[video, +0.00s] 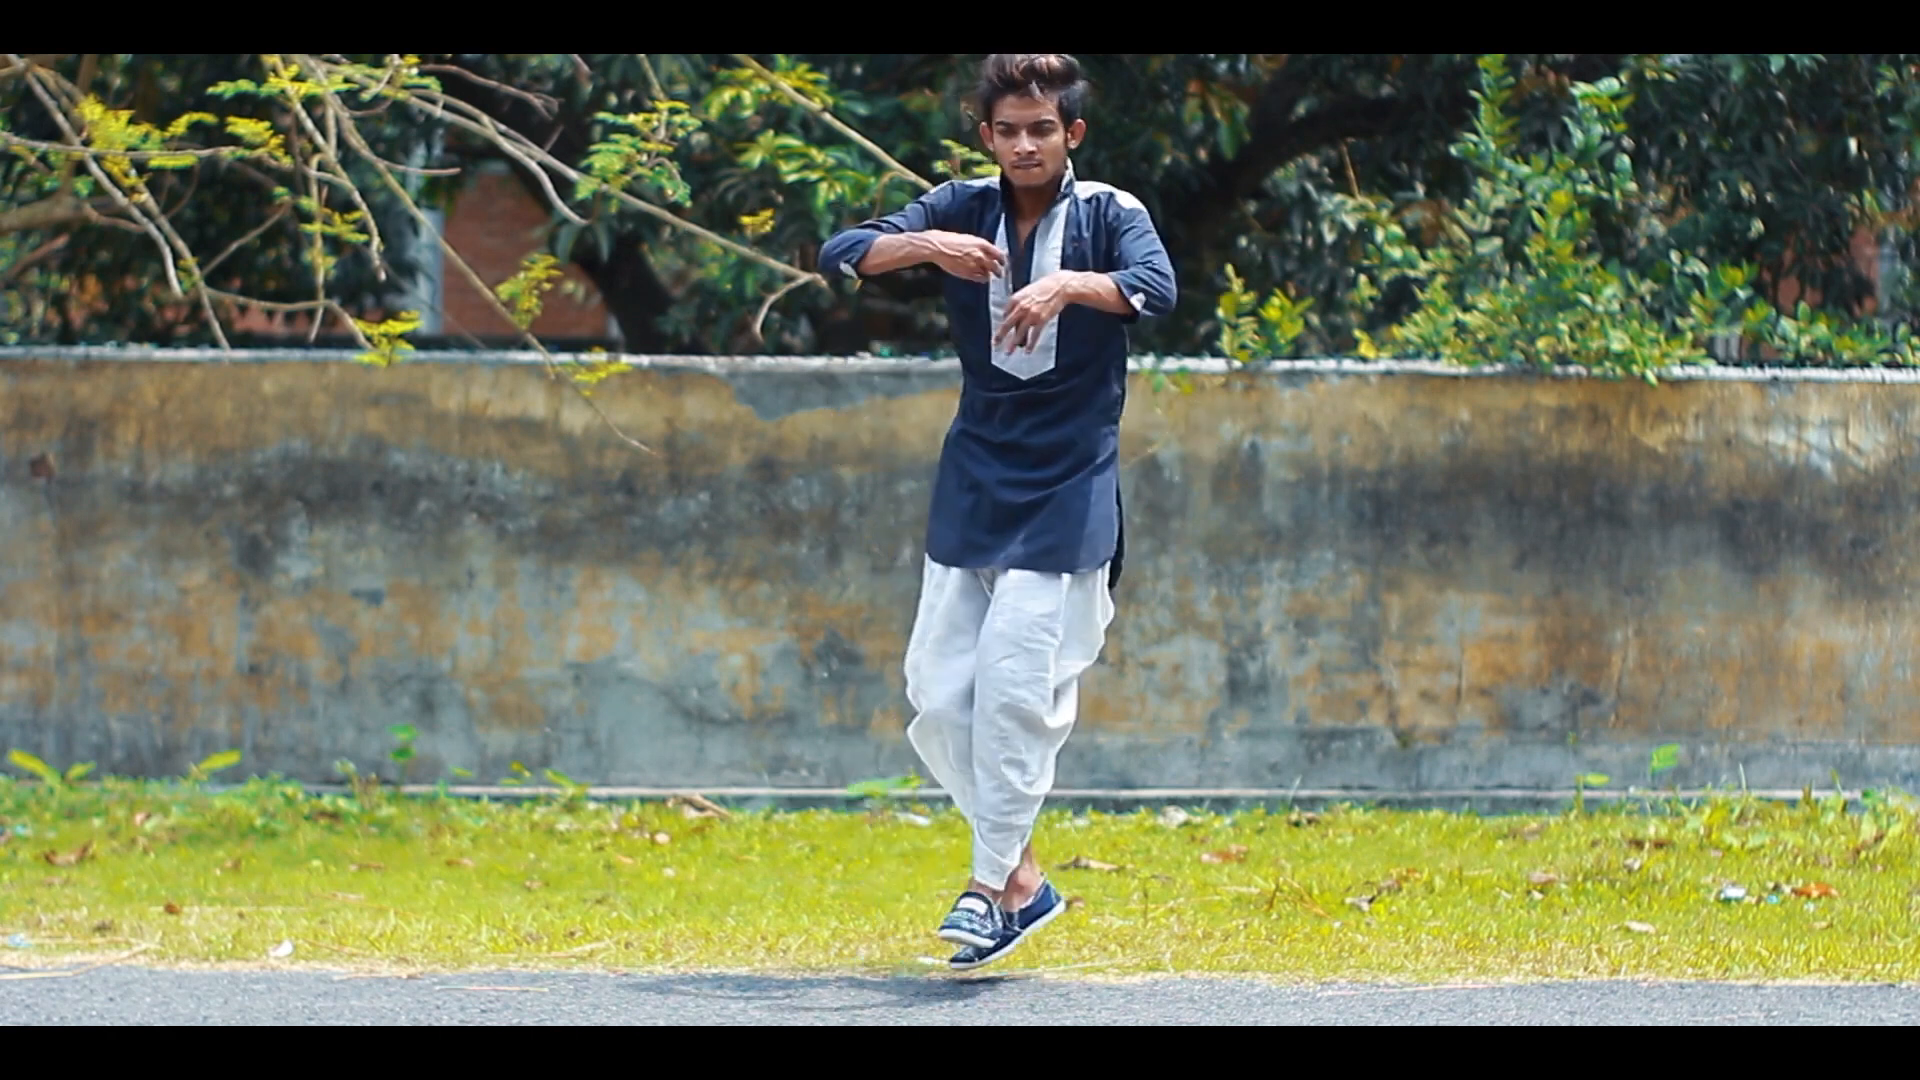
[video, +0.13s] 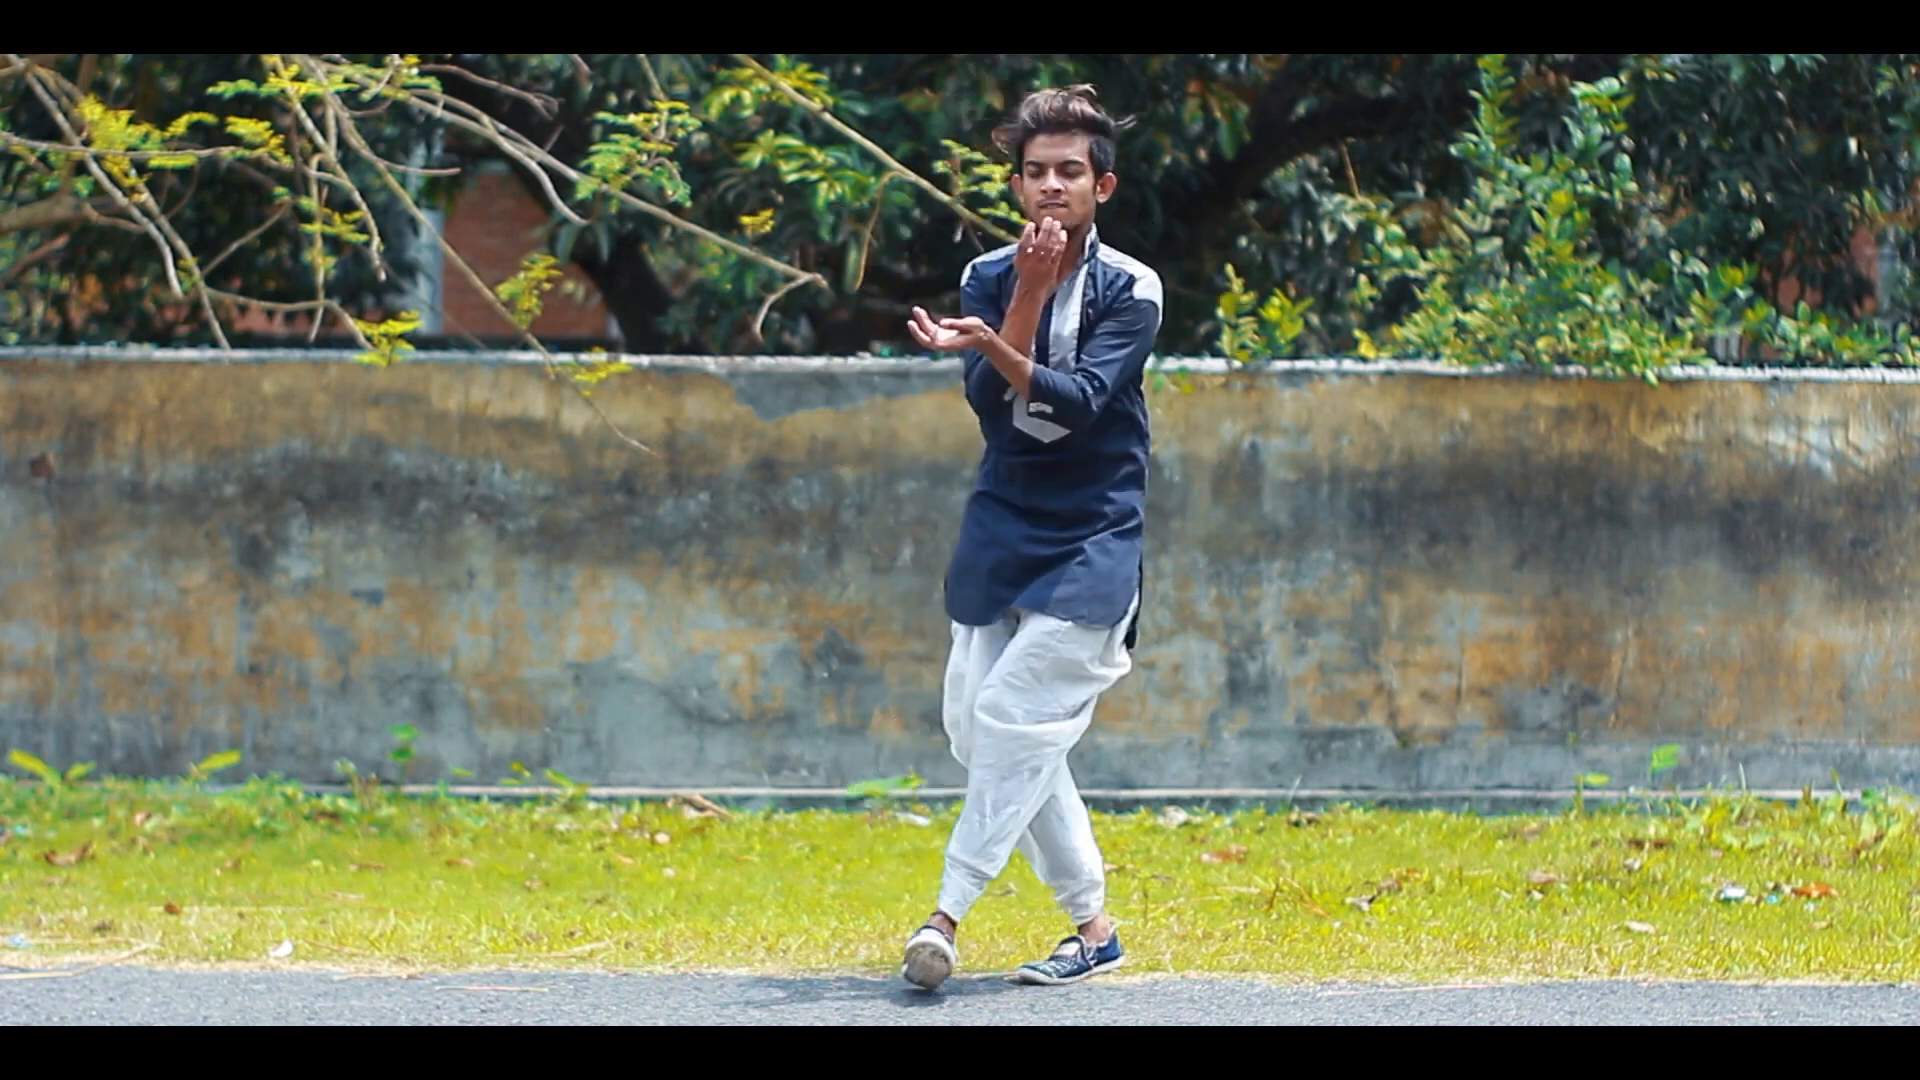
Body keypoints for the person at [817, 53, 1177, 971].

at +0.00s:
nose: (1023, 145)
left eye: (1040, 129)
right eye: (1008, 130)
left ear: (1073, 132)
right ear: (985, 132)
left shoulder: (1110, 212)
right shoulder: (959, 205)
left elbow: (1155, 289)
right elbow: (837, 253)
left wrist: (1066, 287)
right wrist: (924, 246)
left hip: (1067, 491)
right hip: (973, 485)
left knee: (1017, 690)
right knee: (936, 695)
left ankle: (986, 892)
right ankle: (1022, 884)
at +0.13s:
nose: (1053, 186)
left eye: (1071, 168)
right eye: (1037, 169)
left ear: (1103, 183)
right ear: (1014, 180)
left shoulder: (1130, 288)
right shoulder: (987, 280)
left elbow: (1083, 404)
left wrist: (984, 339)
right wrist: (1030, 294)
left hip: (1097, 533)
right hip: (1001, 525)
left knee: (1010, 710)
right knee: (989, 726)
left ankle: (943, 924)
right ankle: (1095, 929)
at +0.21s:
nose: (1065, 208)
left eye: (1083, 194)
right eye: (1052, 194)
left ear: (1121, 205)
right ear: (1034, 205)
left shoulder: (1152, 297)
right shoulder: (1010, 293)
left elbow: (1149, 393)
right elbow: (914, 376)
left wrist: (1101, 291)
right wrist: (940, 264)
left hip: (1109, 555)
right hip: (1019, 547)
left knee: (1028, 746)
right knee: (1018, 756)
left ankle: (945, 937)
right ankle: (1095, 928)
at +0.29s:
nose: (1074, 182)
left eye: (1091, 164)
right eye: (1059, 167)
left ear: (1132, 168)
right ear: (1045, 172)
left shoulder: (1165, 261)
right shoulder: (1023, 259)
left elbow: (1246, 293)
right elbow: (900, 266)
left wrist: (1193, 182)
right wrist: (967, 173)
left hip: (1110, 535)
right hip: (1025, 528)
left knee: (1056, 729)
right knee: (1027, 736)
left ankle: (998, 920)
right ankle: (1085, 912)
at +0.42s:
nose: (1082, 166)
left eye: (1102, 149)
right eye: (1073, 148)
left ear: (1152, 147)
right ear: (1064, 143)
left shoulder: (1193, 220)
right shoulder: (1070, 207)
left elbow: (1310, 180)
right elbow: (1011, 143)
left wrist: (1216, 109)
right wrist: (1063, 97)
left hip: (1125, 511)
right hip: (1040, 503)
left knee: (1102, 713)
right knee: (984, 686)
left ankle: (1154, 907)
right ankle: (1032, 889)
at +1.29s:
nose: (1171, 195)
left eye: (1187, 175)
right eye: (1154, 181)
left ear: (1229, 179)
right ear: (1138, 191)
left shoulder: (1261, 271)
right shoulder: (1133, 249)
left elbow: (1368, 312)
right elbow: (1035, 269)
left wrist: (1282, 216)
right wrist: (1016, 222)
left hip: (1172, 533)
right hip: (1079, 510)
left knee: (1193, 755)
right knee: (974, 691)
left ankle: (1213, 942)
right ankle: (945, 910)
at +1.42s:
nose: (1173, 196)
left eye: (1190, 179)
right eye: (1155, 182)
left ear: (1222, 191)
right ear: (1133, 197)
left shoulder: (1267, 310)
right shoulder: (1101, 292)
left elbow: (1354, 412)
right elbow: (1036, 374)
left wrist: (1400, 354)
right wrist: (926, 333)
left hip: (1171, 571)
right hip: (1059, 554)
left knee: (1191, 767)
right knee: (956, 727)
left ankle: (1230, 951)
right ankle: (942, 920)